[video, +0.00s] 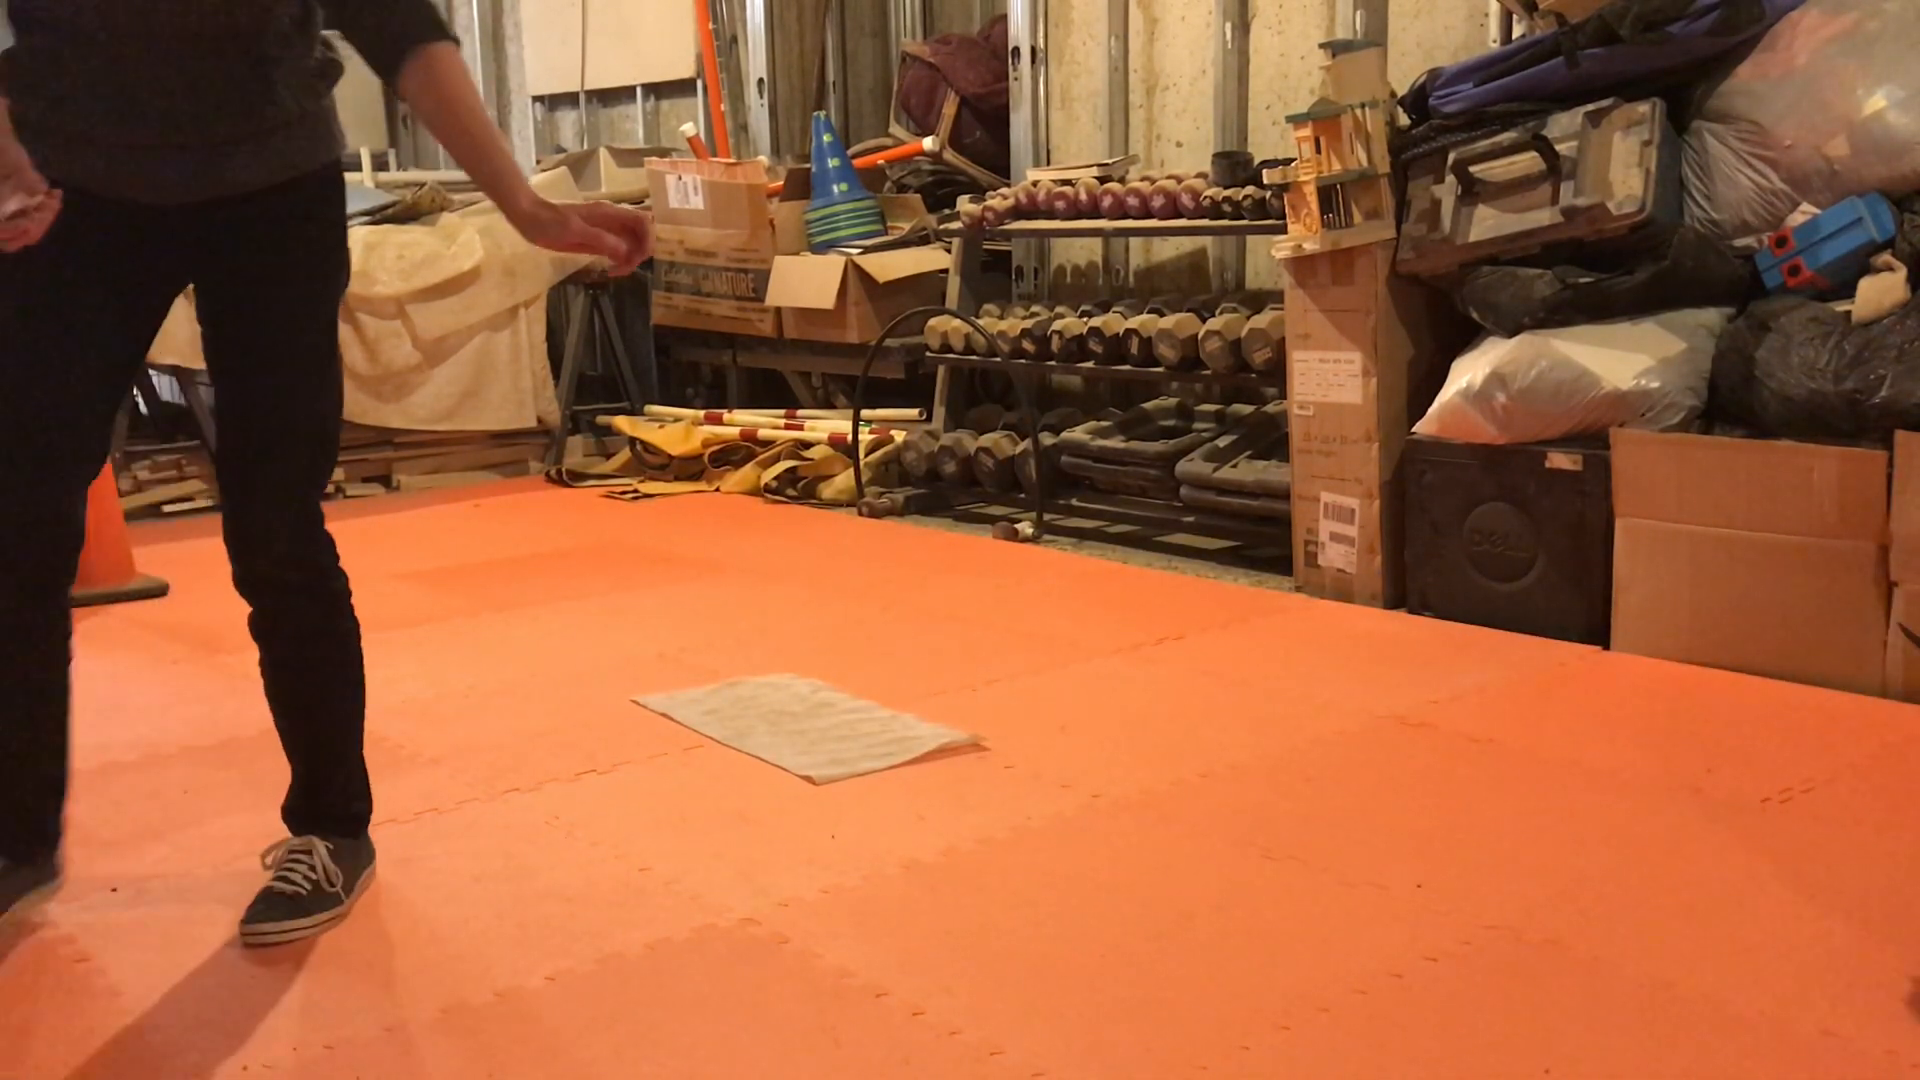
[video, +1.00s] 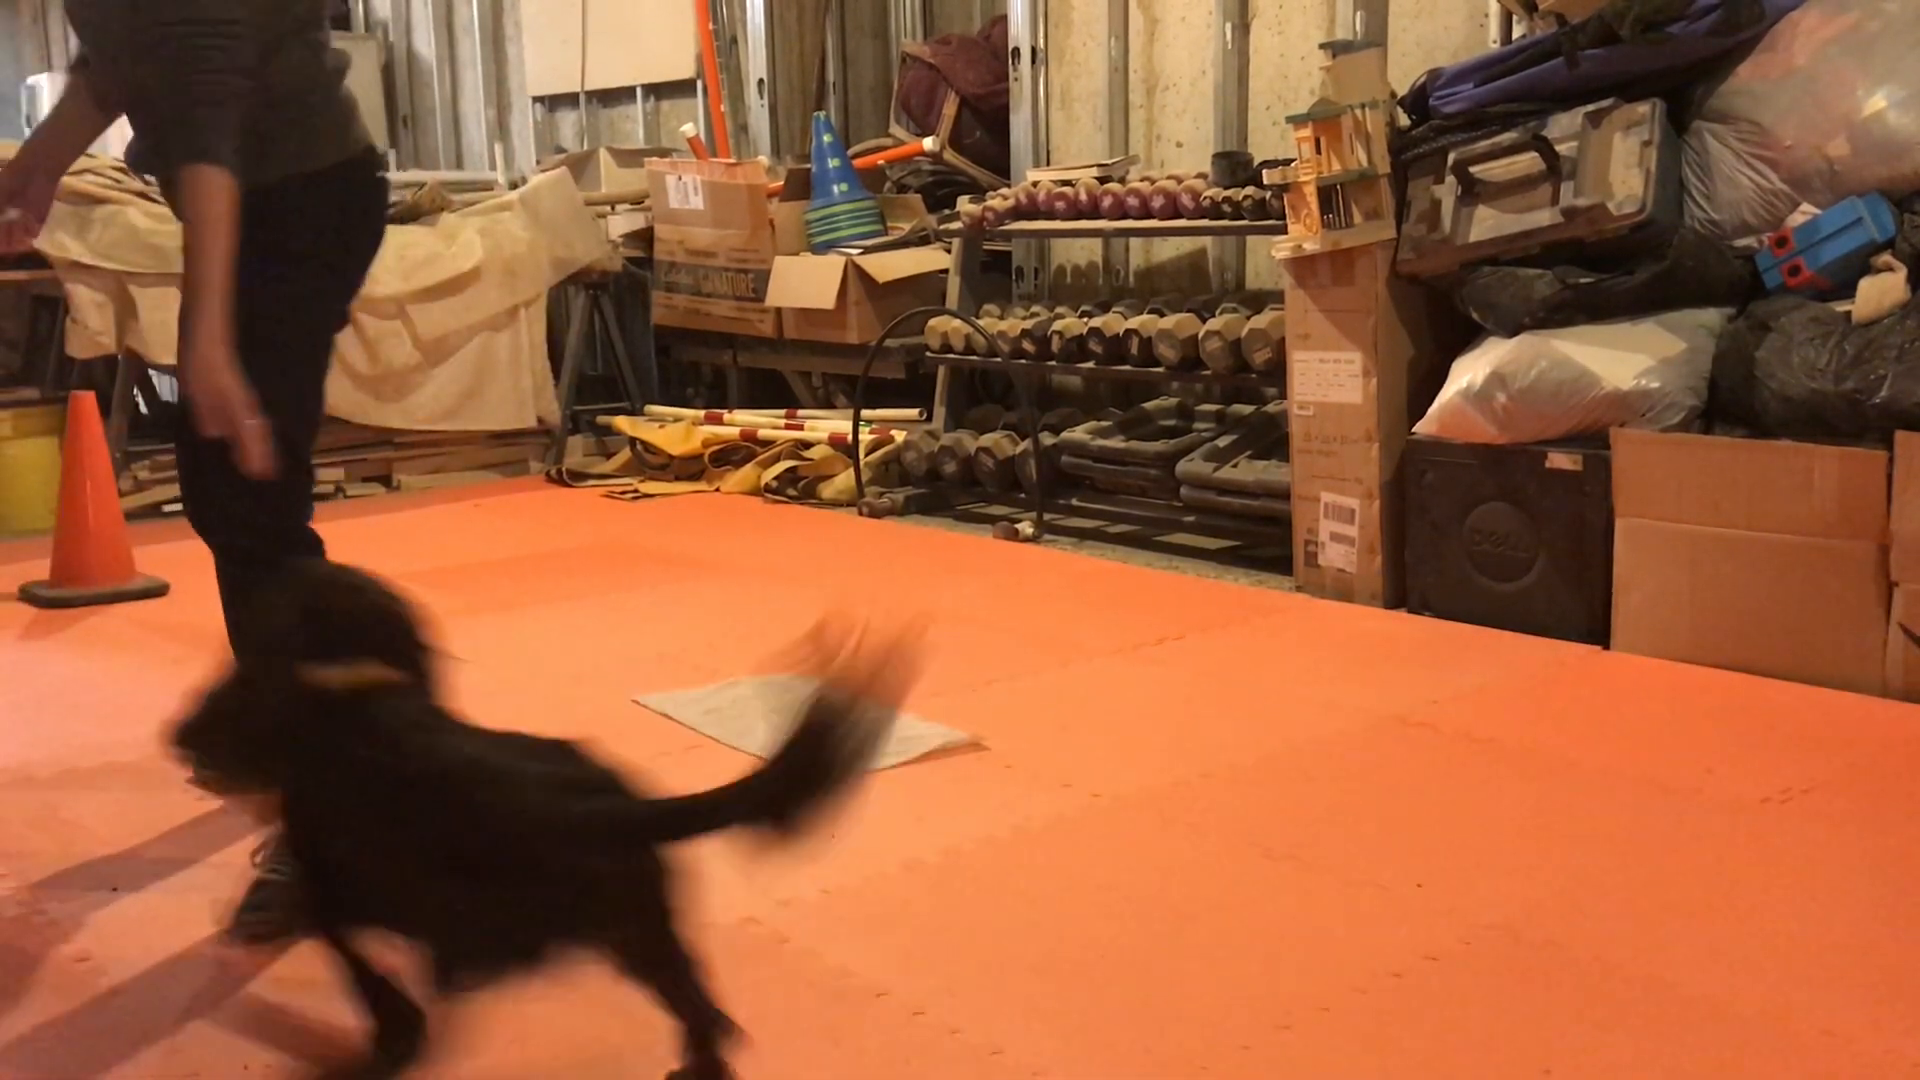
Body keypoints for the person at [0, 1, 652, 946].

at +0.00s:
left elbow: (396, 23)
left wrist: (524, 201)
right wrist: (7, 135)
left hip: (271, 180)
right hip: (77, 185)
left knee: (275, 536)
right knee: (20, 540)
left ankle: (331, 831)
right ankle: (18, 847)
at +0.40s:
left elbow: (426, 45)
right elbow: (9, 36)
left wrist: (558, 242)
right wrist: (19, 156)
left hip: (294, 162)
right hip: (113, 167)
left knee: (283, 524)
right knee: (100, 521)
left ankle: (323, 832)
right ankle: (117, 795)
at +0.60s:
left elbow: (397, 80)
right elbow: (24, 21)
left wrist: (487, 303)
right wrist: (30, 181)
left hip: (317, 170)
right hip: (149, 171)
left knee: (291, 516)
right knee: (158, 479)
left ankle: (329, 830)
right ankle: (233, 716)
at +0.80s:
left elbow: (318, 106)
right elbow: (40, 52)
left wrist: (367, 336)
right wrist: (25, 173)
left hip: (314, 180)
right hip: (188, 190)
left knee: (282, 500)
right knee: (195, 469)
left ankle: (332, 828)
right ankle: (272, 695)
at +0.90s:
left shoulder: (249, 9)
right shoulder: (83, 4)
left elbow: (268, 111)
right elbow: (75, 46)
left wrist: (292, 333)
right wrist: (22, 167)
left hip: (320, 200)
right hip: (210, 208)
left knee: (274, 494)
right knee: (208, 476)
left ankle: (334, 826)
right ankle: (283, 725)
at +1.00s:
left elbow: (208, 99)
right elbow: (127, 47)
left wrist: (209, 342)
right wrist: (36, 165)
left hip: (303, 192)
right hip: (235, 196)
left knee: (249, 492)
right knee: (225, 479)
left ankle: (323, 812)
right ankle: (303, 759)